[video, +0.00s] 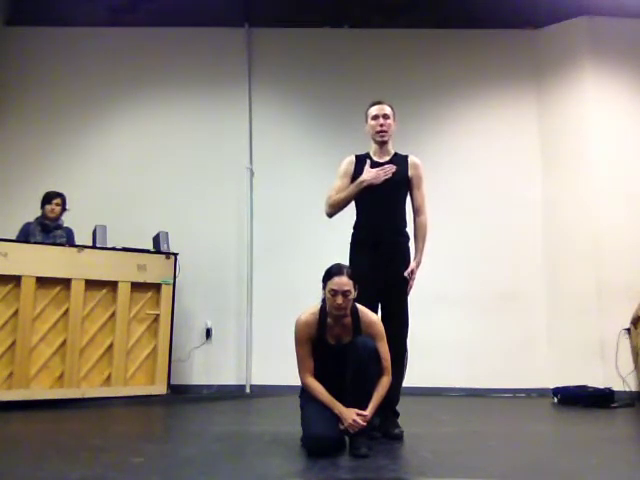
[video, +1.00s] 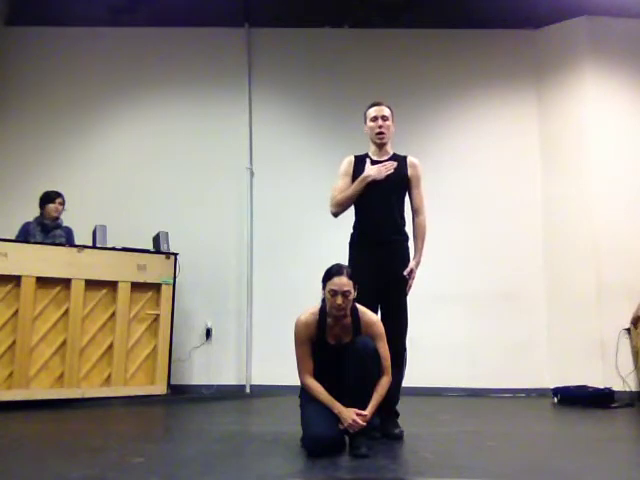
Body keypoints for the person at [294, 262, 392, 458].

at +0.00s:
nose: (339, 301)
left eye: (346, 294)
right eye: (333, 294)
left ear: (355, 293)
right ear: (324, 292)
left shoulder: (371, 322)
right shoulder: (307, 323)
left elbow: (386, 374)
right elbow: (307, 378)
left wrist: (366, 414)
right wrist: (342, 412)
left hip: (355, 392)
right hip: (321, 393)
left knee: (364, 347)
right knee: (321, 445)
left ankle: (360, 431)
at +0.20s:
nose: (339, 301)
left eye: (346, 294)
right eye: (333, 294)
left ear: (355, 294)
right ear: (324, 292)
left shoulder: (370, 322)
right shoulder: (307, 323)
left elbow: (386, 374)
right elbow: (306, 377)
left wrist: (366, 413)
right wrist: (341, 412)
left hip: (355, 392)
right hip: (321, 393)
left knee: (365, 347)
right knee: (321, 445)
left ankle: (360, 432)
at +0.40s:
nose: (339, 301)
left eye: (346, 294)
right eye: (333, 294)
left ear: (354, 294)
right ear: (324, 292)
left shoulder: (371, 323)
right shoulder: (306, 324)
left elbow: (386, 375)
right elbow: (306, 378)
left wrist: (367, 413)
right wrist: (341, 411)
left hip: (355, 392)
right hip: (320, 392)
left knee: (365, 347)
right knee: (321, 445)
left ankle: (359, 432)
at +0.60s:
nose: (339, 301)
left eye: (346, 294)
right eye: (333, 294)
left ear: (354, 294)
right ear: (323, 292)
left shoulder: (371, 323)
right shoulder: (306, 324)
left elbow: (386, 375)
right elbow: (306, 378)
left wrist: (367, 413)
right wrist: (341, 411)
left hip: (355, 392)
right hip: (320, 393)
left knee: (365, 347)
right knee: (321, 445)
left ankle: (359, 432)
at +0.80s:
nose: (339, 301)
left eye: (346, 294)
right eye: (333, 294)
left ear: (354, 294)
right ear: (323, 292)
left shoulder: (371, 323)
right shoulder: (306, 324)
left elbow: (386, 375)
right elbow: (306, 378)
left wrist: (366, 413)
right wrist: (341, 411)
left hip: (355, 392)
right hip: (320, 393)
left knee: (365, 347)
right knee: (321, 445)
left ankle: (359, 432)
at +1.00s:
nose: (339, 302)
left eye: (346, 295)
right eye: (333, 294)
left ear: (354, 294)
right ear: (323, 292)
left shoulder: (371, 323)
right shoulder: (306, 324)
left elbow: (386, 375)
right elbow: (306, 378)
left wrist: (366, 413)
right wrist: (341, 411)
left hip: (355, 392)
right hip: (320, 393)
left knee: (365, 347)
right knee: (321, 445)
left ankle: (359, 432)